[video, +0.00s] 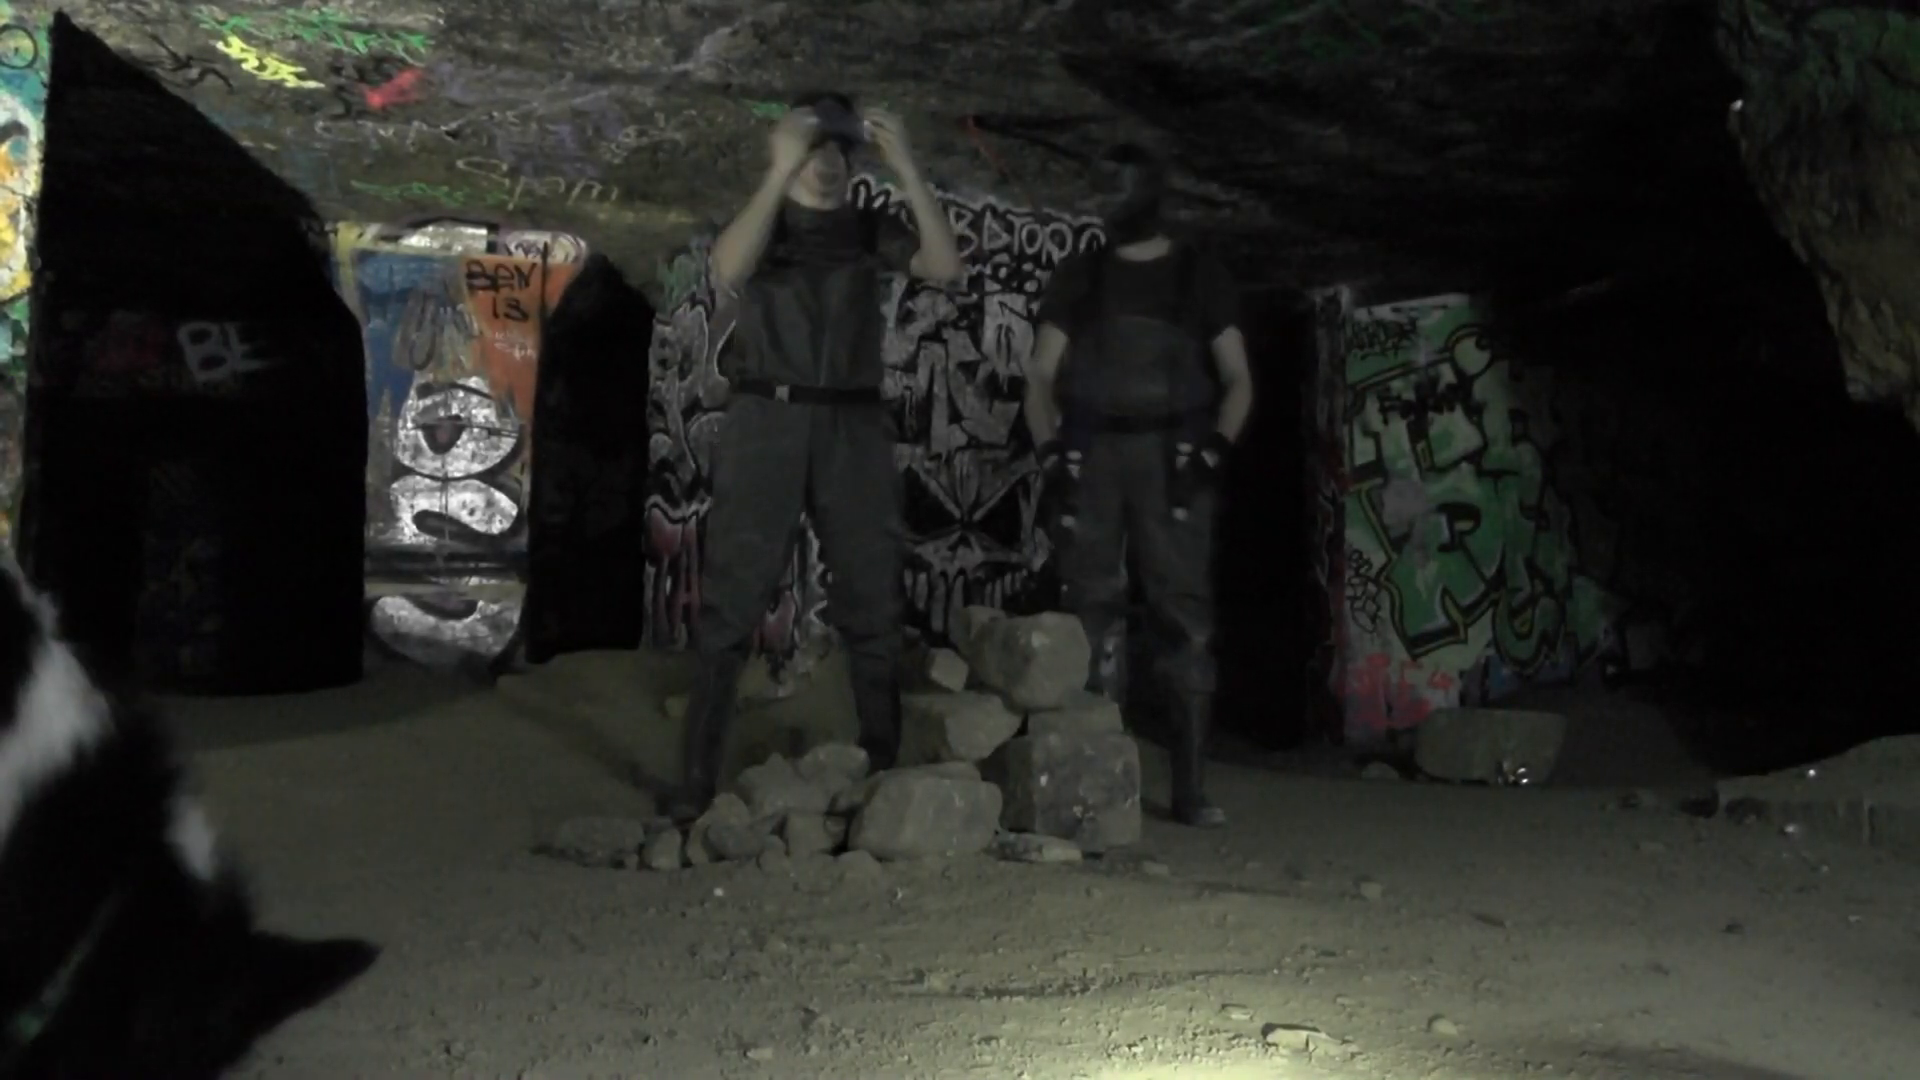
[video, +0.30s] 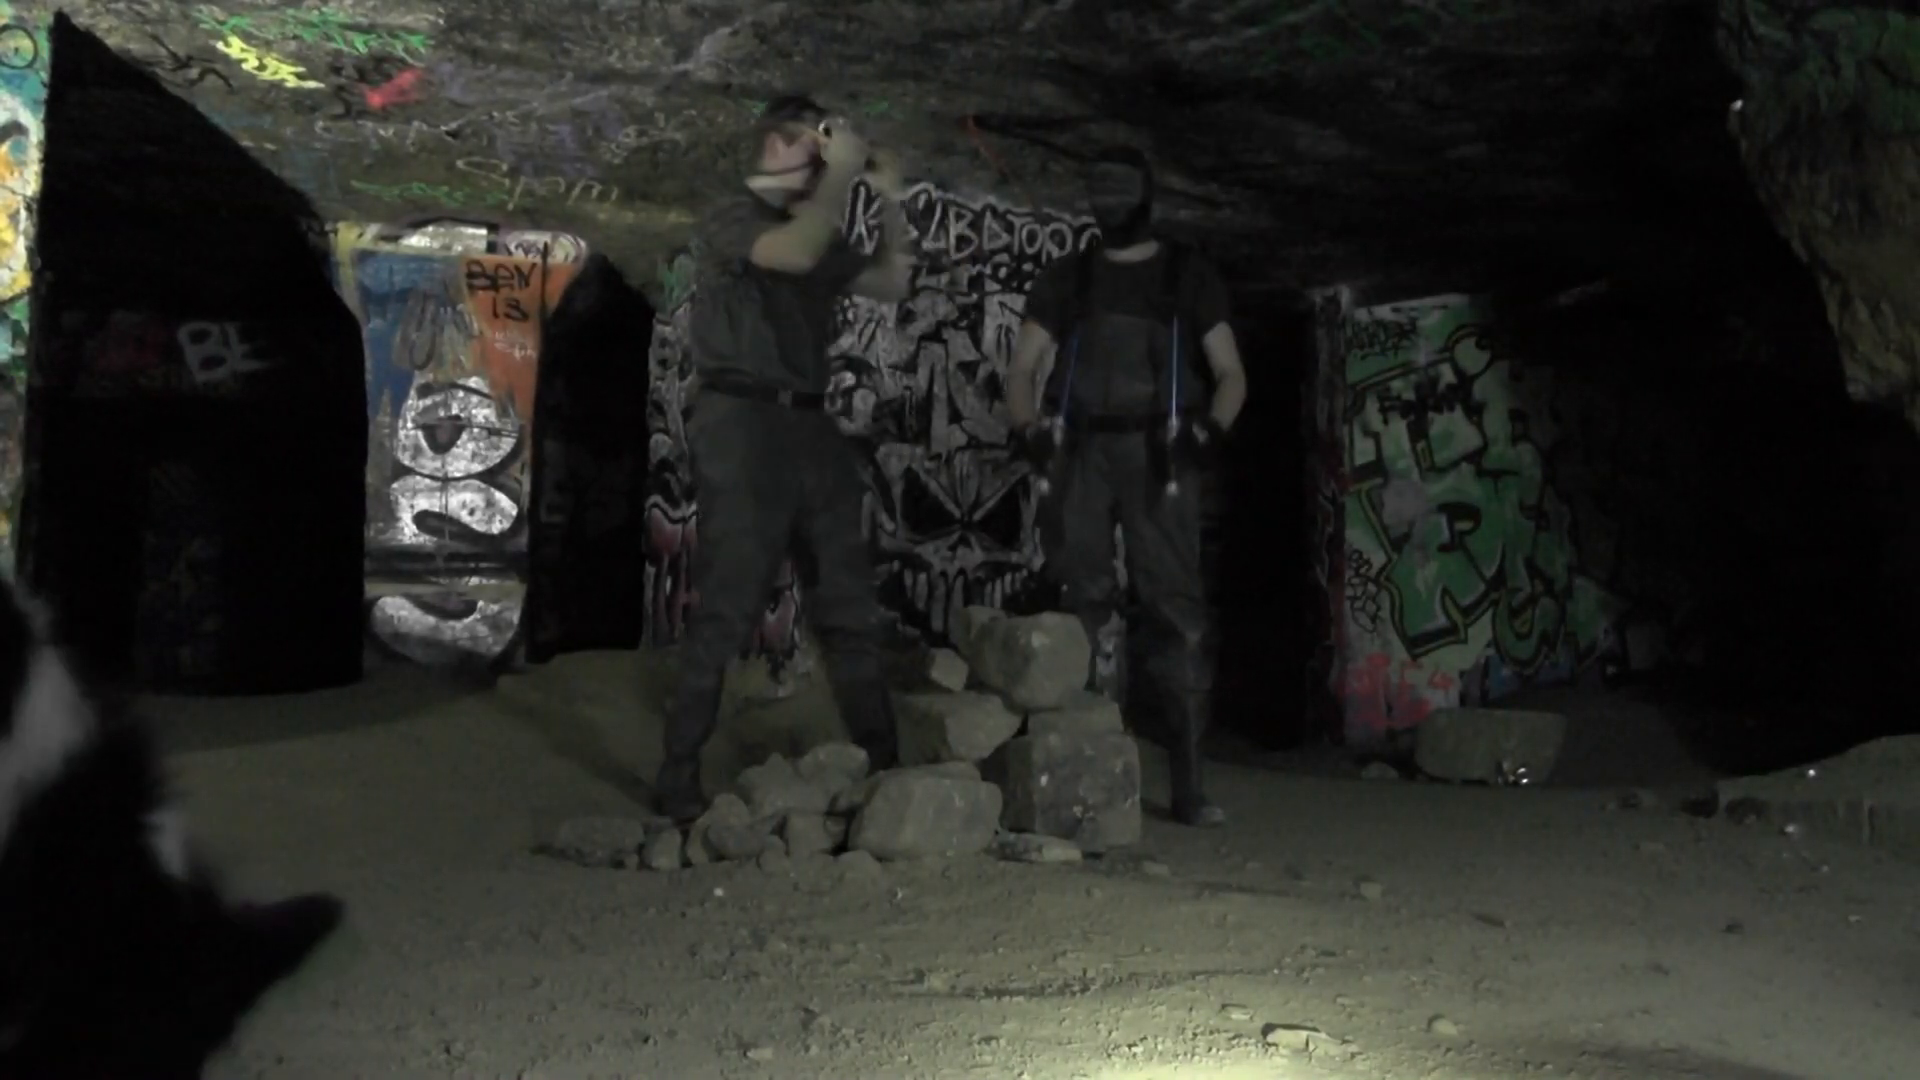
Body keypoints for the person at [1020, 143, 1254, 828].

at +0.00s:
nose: (1115, 203)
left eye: (1128, 189)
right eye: (1109, 190)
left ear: (1154, 195)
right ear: (1099, 198)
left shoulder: (1198, 273)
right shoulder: (1079, 274)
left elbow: (1238, 381)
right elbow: (1040, 377)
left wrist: (1212, 447)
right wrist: (1054, 455)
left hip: (1174, 465)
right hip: (1089, 468)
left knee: (1183, 619)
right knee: (1091, 620)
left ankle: (1188, 789)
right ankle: (1092, 789)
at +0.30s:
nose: (1112, 208)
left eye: (1123, 195)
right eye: (1103, 196)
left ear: (1145, 199)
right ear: (1091, 202)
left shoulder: (1186, 274)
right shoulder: (1066, 275)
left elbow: (1231, 376)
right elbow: (1022, 368)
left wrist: (1209, 432)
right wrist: (1028, 430)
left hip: (1163, 470)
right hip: (1081, 470)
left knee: (1175, 619)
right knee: (1077, 616)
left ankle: (1186, 786)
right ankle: (1075, 784)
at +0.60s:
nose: (1119, 204)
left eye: (1130, 189)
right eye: (1107, 190)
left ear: (1151, 196)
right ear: (1091, 199)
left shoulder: (1186, 277)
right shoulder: (1063, 278)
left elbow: (1239, 371)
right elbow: (1011, 370)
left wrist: (1212, 416)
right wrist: (1038, 397)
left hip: (1163, 464)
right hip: (1080, 462)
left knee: (1173, 616)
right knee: (1075, 612)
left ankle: (1186, 784)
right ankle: (1070, 781)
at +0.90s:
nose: (1119, 203)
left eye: (1131, 188)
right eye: (1108, 188)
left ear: (1151, 195)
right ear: (1092, 197)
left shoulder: (1187, 276)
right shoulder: (1065, 276)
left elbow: (1244, 370)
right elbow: (1007, 368)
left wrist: (1214, 405)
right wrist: (1036, 392)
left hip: (1164, 463)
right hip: (1082, 463)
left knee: (1175, 616)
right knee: (1077, 613)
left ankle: (1187, 787)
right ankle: (1073, 782)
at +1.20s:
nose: (1122, 212)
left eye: (1133, 198)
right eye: (1110, 199)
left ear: (1151, 200)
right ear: (1096, 202)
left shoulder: (1191, 277)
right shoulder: (1066, 278)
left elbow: (1246, 370)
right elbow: (1007, 367)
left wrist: (1212, 408)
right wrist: (1036, 397)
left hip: (1168, 464)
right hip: (1084, 464)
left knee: (1178, 615)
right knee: (1083, 614)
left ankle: (1188, 787)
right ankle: (1082, 784)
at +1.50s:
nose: (1123, 198)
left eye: (1135, 184)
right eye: (1112, 185)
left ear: (1155, 193)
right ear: (1096, 195)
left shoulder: (1191, 274)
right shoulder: (1069, 274)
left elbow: (1248, 368)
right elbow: (1009, 361)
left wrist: (1215, 408)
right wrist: (1033, 398)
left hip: (1169, 464)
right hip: (1086, 463)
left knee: (1179, 615)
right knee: (1082, 613)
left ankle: (1188, 788)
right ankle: (1081, 785)